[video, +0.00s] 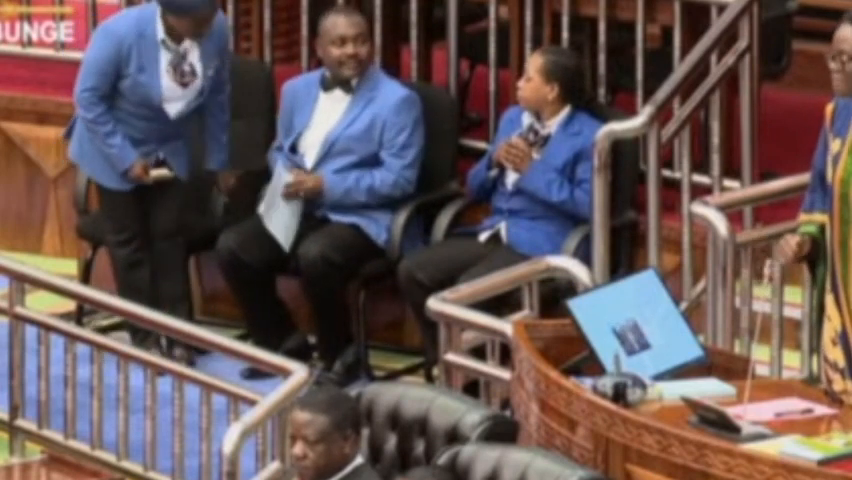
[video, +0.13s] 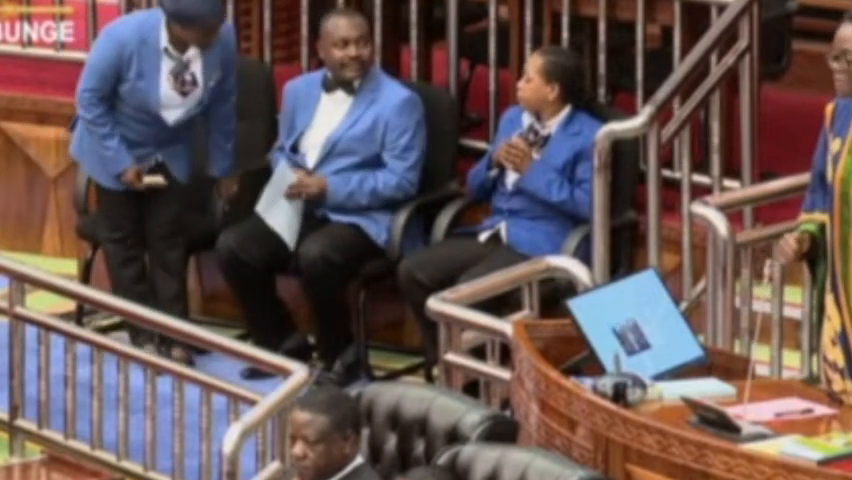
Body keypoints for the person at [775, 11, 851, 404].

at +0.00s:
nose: (836, 66)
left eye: (843, 57)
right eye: (833, 57)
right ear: (828, 59)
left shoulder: (839, 115)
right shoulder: (835, 113)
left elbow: (822, 191)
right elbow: (820, 187)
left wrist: (806, 234)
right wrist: (805, 234)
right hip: (835, 281)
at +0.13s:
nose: (838, 66)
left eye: (844, 57)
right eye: (835, 57)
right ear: (829, 60)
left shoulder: (839, 115)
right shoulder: (835, 114)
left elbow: (822, 197)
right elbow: (820, 193)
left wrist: (806, 233)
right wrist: (804, 234)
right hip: (835, 293)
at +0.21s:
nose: (838, 66)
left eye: (844, 57)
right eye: (835, 57)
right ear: (829, 60)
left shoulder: (839, 115)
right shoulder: (835, 114)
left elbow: (822, 197)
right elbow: (820, 193)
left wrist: (806, 233)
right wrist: (804, 234)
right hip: (835, 292)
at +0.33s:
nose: (845, 68)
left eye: (849, 58)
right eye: (840, 58)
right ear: (831, 60)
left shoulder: (838, 114)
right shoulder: (836, 114)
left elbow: (822, 199)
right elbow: (820, 195)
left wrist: (806, 234)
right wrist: (804, 236)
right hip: (836, 302)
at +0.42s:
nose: (844, 68)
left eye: (849, 58)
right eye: (840, 58)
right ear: (831, 60)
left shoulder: (838, 114)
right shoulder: (835, 114)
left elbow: (821, 197)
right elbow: (818, 194)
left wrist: (804, 236)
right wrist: (803, 237)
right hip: (835, 296)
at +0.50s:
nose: (844, 68)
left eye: (849, 58)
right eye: (840, 58)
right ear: (832, 59)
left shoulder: (838, 114)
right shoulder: (835, 114)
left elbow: (821, 199)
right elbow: (818, 195)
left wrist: (805, 237)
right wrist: (803, 237)